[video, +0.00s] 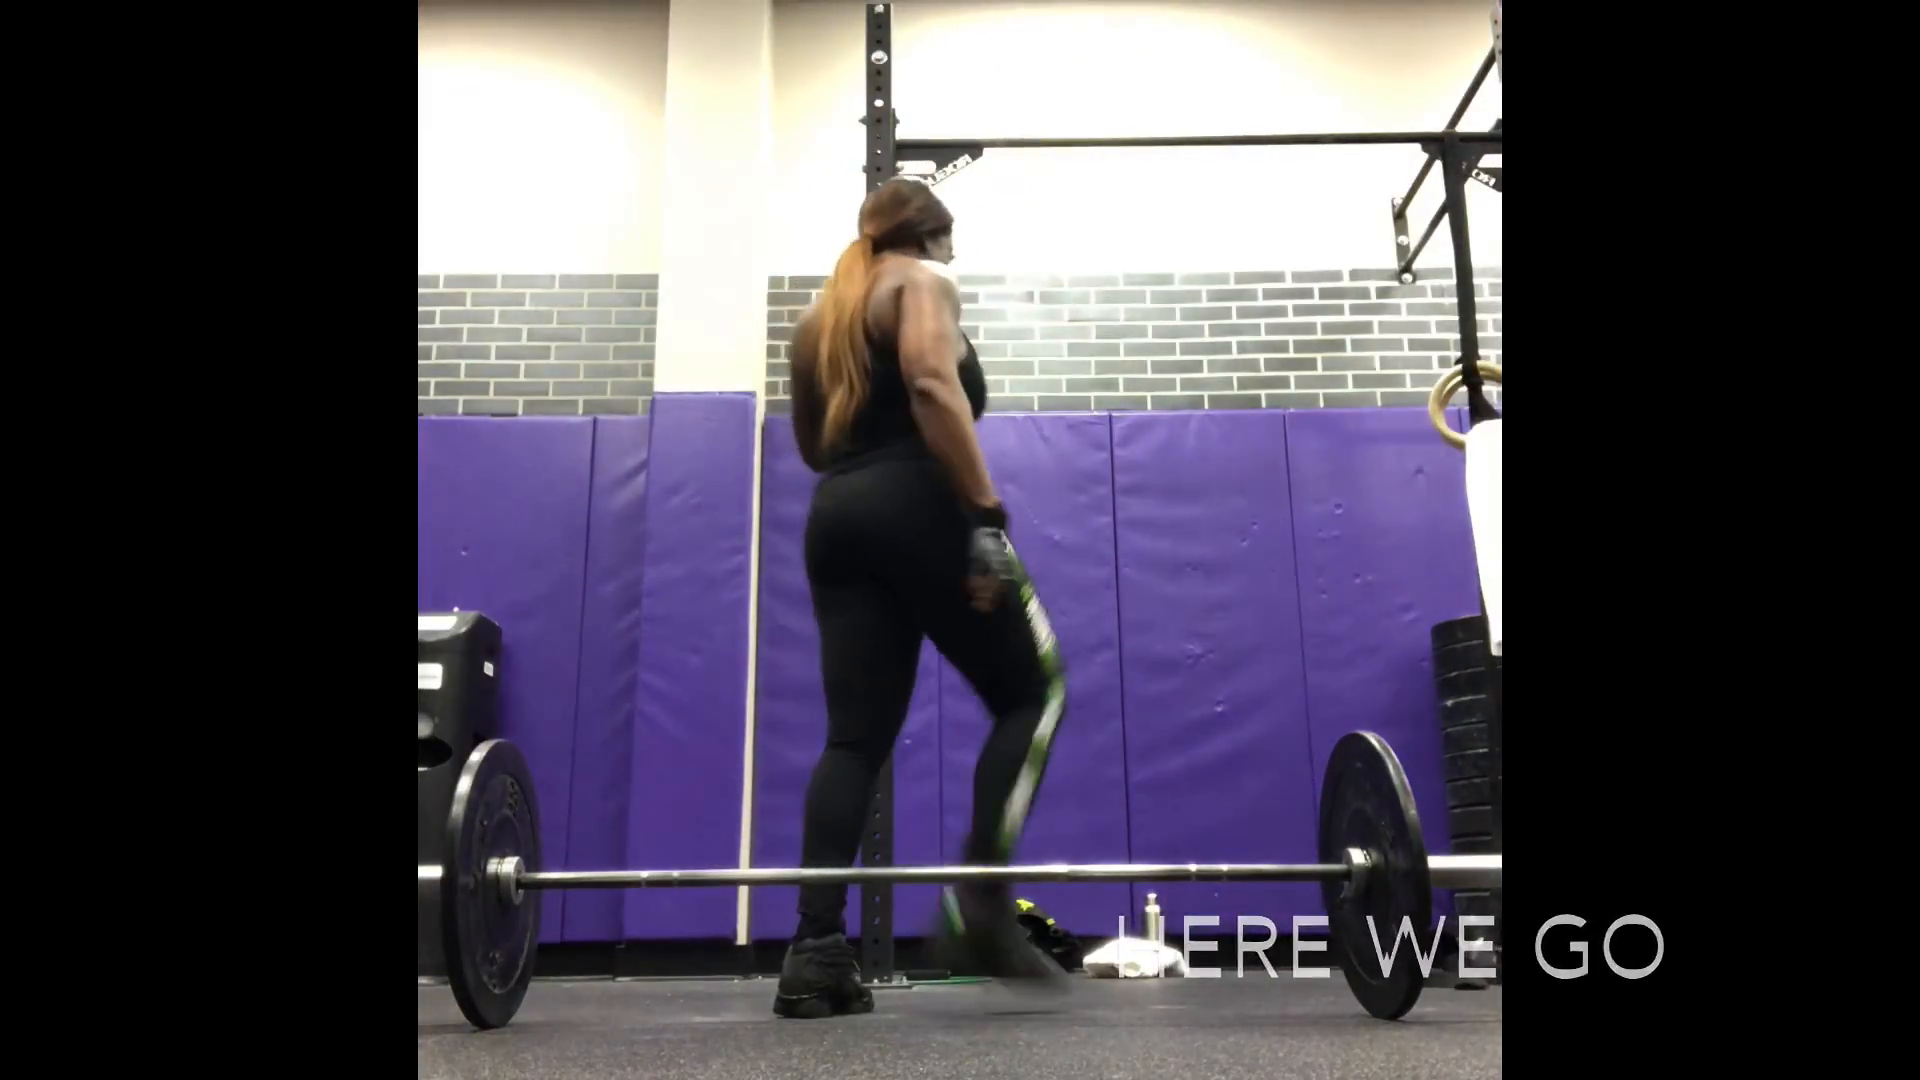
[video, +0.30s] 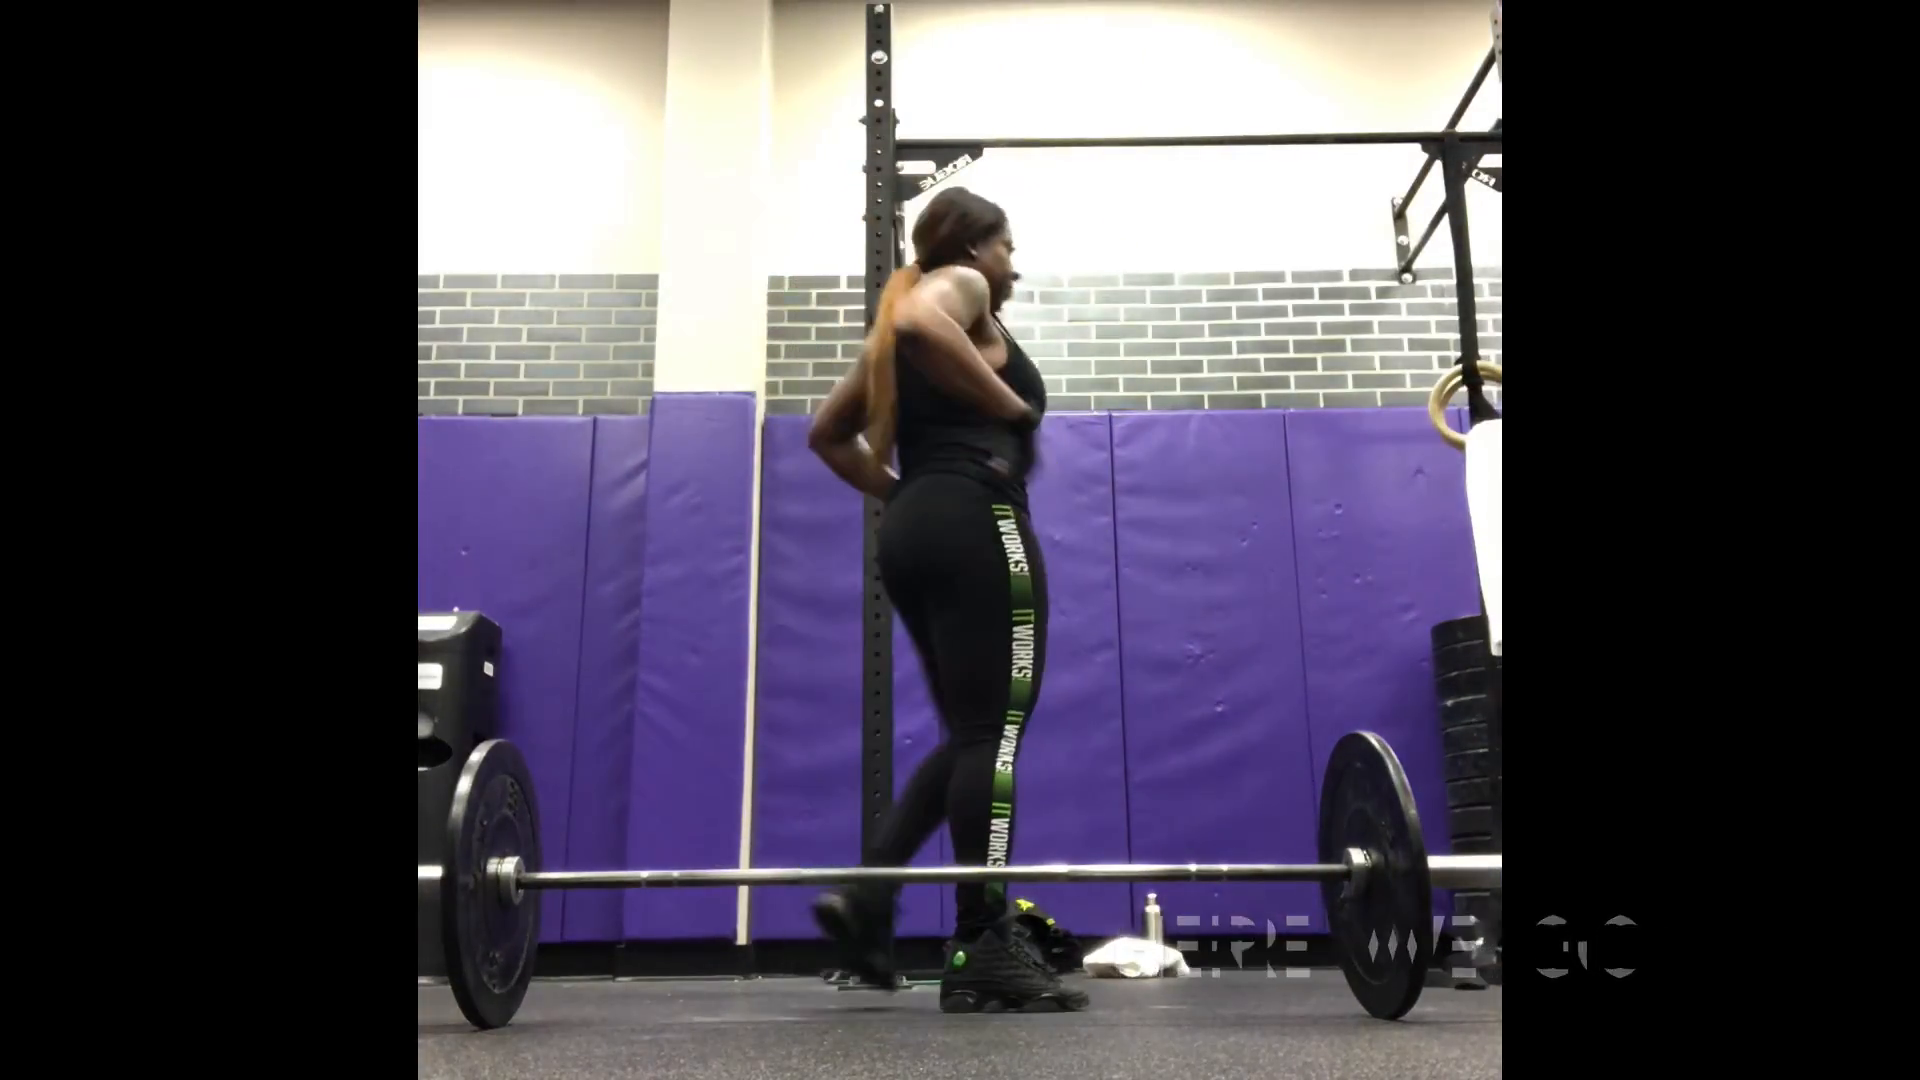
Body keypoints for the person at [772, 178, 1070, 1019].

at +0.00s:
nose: (950, 255)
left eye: (946, 242)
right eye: (946, 242)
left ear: (875, 240)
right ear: (926, 239)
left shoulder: (827, 310)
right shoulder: (920, 281)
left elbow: (815, 440)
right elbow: (929, 379)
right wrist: (988, 518)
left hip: (838, 516)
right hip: (922, 509)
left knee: (855, 738)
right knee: (1031, 691)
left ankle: (817, 949)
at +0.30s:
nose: (1013, 264)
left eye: (1012, 250)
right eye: (1005, 249)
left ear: (934, 251)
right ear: (974, 246)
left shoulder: (898, 317)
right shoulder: (966, 281)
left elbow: (829, 432)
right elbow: (920, 320)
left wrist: (904, 492)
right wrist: (1008, 401)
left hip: (912, 522)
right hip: (971, 514)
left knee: (968, 734)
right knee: (994, 728)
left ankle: (868, 894)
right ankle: (986, 942)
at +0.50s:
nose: (1041, 281)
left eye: (1038, 266)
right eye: (1031, 265)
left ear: (990, 270)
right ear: (992, 265)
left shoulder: (954, 330)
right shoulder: (963, 301)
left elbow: (866, 423)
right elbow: (866, 323)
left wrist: (935, 484)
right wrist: (946, 420)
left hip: (952, 531)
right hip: (978, 528)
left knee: (993, 733)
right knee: (1007, 728)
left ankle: (986, 938)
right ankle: (983, 942)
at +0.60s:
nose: (1043, 290)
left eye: (1042, 276)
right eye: (1034, 274)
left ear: (994, 280)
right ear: (992, 275)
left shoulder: (982, 346)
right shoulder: (951, 316)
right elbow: (843, 347)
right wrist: (928, 436)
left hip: (998, 539)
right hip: (966, 533)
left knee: (1027, 730)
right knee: (994, 726)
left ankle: (995, 927)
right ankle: (980, 940)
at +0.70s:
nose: (1044, 296)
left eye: (1043, 282)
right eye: (1032, 281)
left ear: (999, 290)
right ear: (987, 286)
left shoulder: (991, 363)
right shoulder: (936, 331)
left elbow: (992, 473)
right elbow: (826, 372)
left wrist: (1018, 537)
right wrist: (906, 455)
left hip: (1006, 557)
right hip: (959, 543)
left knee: (1010, 739)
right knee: (980, 731)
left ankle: (991, 938)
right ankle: (977, 944)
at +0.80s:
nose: (1041, 304)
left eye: (1041, 291)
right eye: (1029, 290)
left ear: (1007, 300)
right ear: (982, 295)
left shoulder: (1006, 369)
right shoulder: (928, 346)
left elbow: (997, 470)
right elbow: (818, 391)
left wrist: (1018, 544)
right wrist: (882, 472)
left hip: (1010, 563)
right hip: (946, 548)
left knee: (1003, 743)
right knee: (973, 729)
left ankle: (986, 940)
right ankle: (974, 940)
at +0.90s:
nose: (1027, 312)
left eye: (1032, 299)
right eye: (1014, 298)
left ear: (1022, 306)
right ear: (968, 301)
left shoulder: (1012, 373)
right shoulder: (915, 354)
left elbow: (999, 465)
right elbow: (810, 399)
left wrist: (1015, 496)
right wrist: (862, 470)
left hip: (1013, 566)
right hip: (940, 549)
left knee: (998, 751)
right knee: (958, 734)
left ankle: (986, 943)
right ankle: (947, 942)